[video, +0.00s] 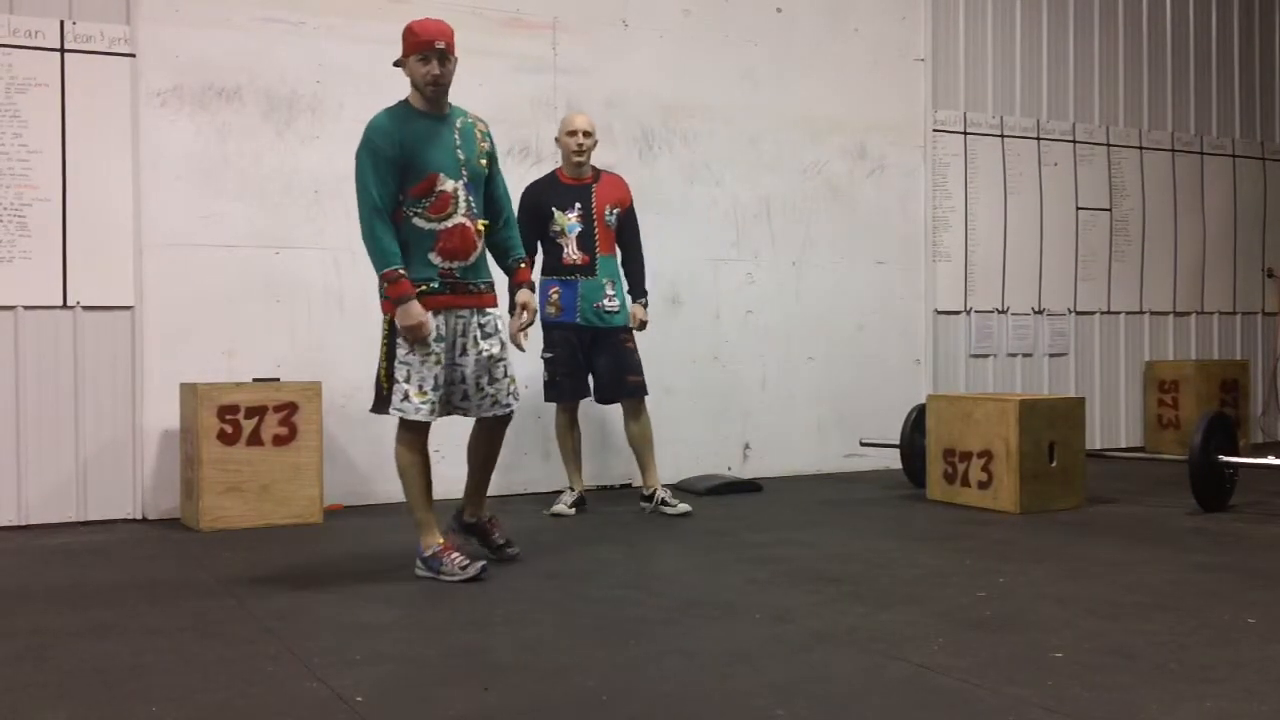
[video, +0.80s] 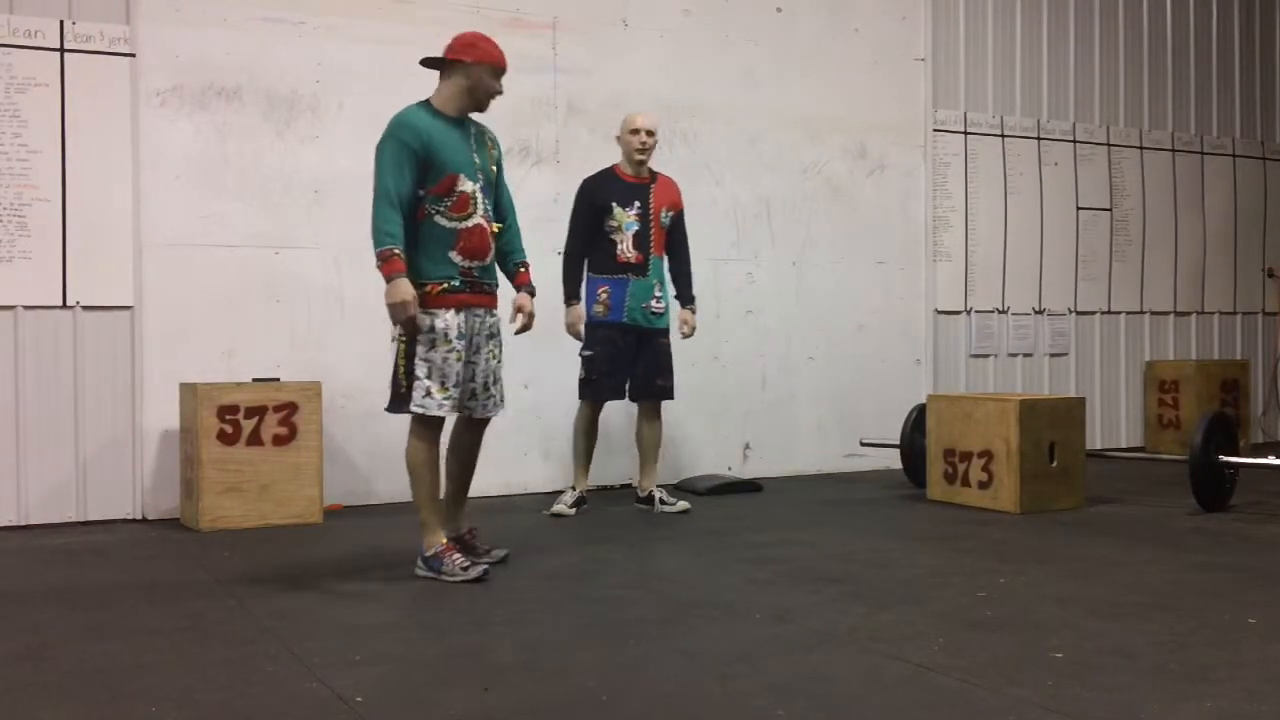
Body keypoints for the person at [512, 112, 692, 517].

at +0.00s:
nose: (580, 141)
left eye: (587, 134)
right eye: (573, 134)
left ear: (596, 142)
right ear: (559, 141)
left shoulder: (615, 187)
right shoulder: (537, 193)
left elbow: (631, 248)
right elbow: (523, 258)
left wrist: (639, 299)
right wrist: (517, 310)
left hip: (612, 315)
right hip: (561, 319)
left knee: (634, 400)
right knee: (566, 404)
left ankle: (652, 489)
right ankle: (574, 489)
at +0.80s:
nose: (643, 140)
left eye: (650, 134)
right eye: (635, 132)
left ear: (657, 141)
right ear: (620, 138)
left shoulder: (667, 189)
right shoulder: (594, 187)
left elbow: (678, 251)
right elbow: (574, 248)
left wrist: (687, 303)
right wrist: (572, 302)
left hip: (653, 316)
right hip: (605, 315)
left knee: (651, 404)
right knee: (590, 402)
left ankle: (647, 488)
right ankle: (578, 487)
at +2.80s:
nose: (643, 134)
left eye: (649, 128)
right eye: (635, 128)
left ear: (656, 133)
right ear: (618, 132)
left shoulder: (669, 182)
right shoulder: (595, 183)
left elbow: (680, 247)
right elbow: (580, 250)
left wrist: (683, 300)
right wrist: (584, 306)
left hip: (658, 314)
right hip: (612, 314)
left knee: (654, 404)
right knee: (616, 405)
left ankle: (647, 492)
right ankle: (615, 492)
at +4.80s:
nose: (654, 133)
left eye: (659, 127)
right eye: (645, 127)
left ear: (665, 132)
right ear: (627, 133)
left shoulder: (677, 183)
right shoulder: (602, 182)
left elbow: (688, 246)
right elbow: (586, 248)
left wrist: (696, 299)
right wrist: (591, 305)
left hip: (662, 315)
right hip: (616, 315)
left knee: (656, 405)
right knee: (619, 407)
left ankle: (648, 492)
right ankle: (617, 492)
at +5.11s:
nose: (680, 157)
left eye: (686, 149)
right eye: (672, 149)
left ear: (690, 148)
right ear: (652, 145)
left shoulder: (695, 191)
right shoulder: (618, 188)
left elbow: (690, 253)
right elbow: (587, 246)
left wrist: (680, 305)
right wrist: (580, 307)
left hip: (662, 310)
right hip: (615, 310)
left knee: (657, 404)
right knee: (621, 405)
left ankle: (647, 492)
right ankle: (617, 493)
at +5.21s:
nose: (692, 190)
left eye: (697, 181)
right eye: (684, 182)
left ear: (702, 180)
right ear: (663, 179)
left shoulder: (703, 215)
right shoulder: (625, 212)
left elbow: (689, 268)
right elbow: (589, 268)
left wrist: (672, 308)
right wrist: (578, 322)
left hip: (660, 321)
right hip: (616, 322)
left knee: (663, 410)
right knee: (629, 409)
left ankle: (648, 493)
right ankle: (618, 494)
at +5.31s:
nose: (698, 233)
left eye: (703, 225)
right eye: (691, 224)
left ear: (708, 223)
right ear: (672, 218)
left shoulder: (710, 252)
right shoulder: (636, 244)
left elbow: (694, 299)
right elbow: (598, 298)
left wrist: (678, 337)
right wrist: (581, 358)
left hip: (663, 342)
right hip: (620, 341)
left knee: (671, 421)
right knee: (639, 421)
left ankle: (648, 495)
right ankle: (619, 497)